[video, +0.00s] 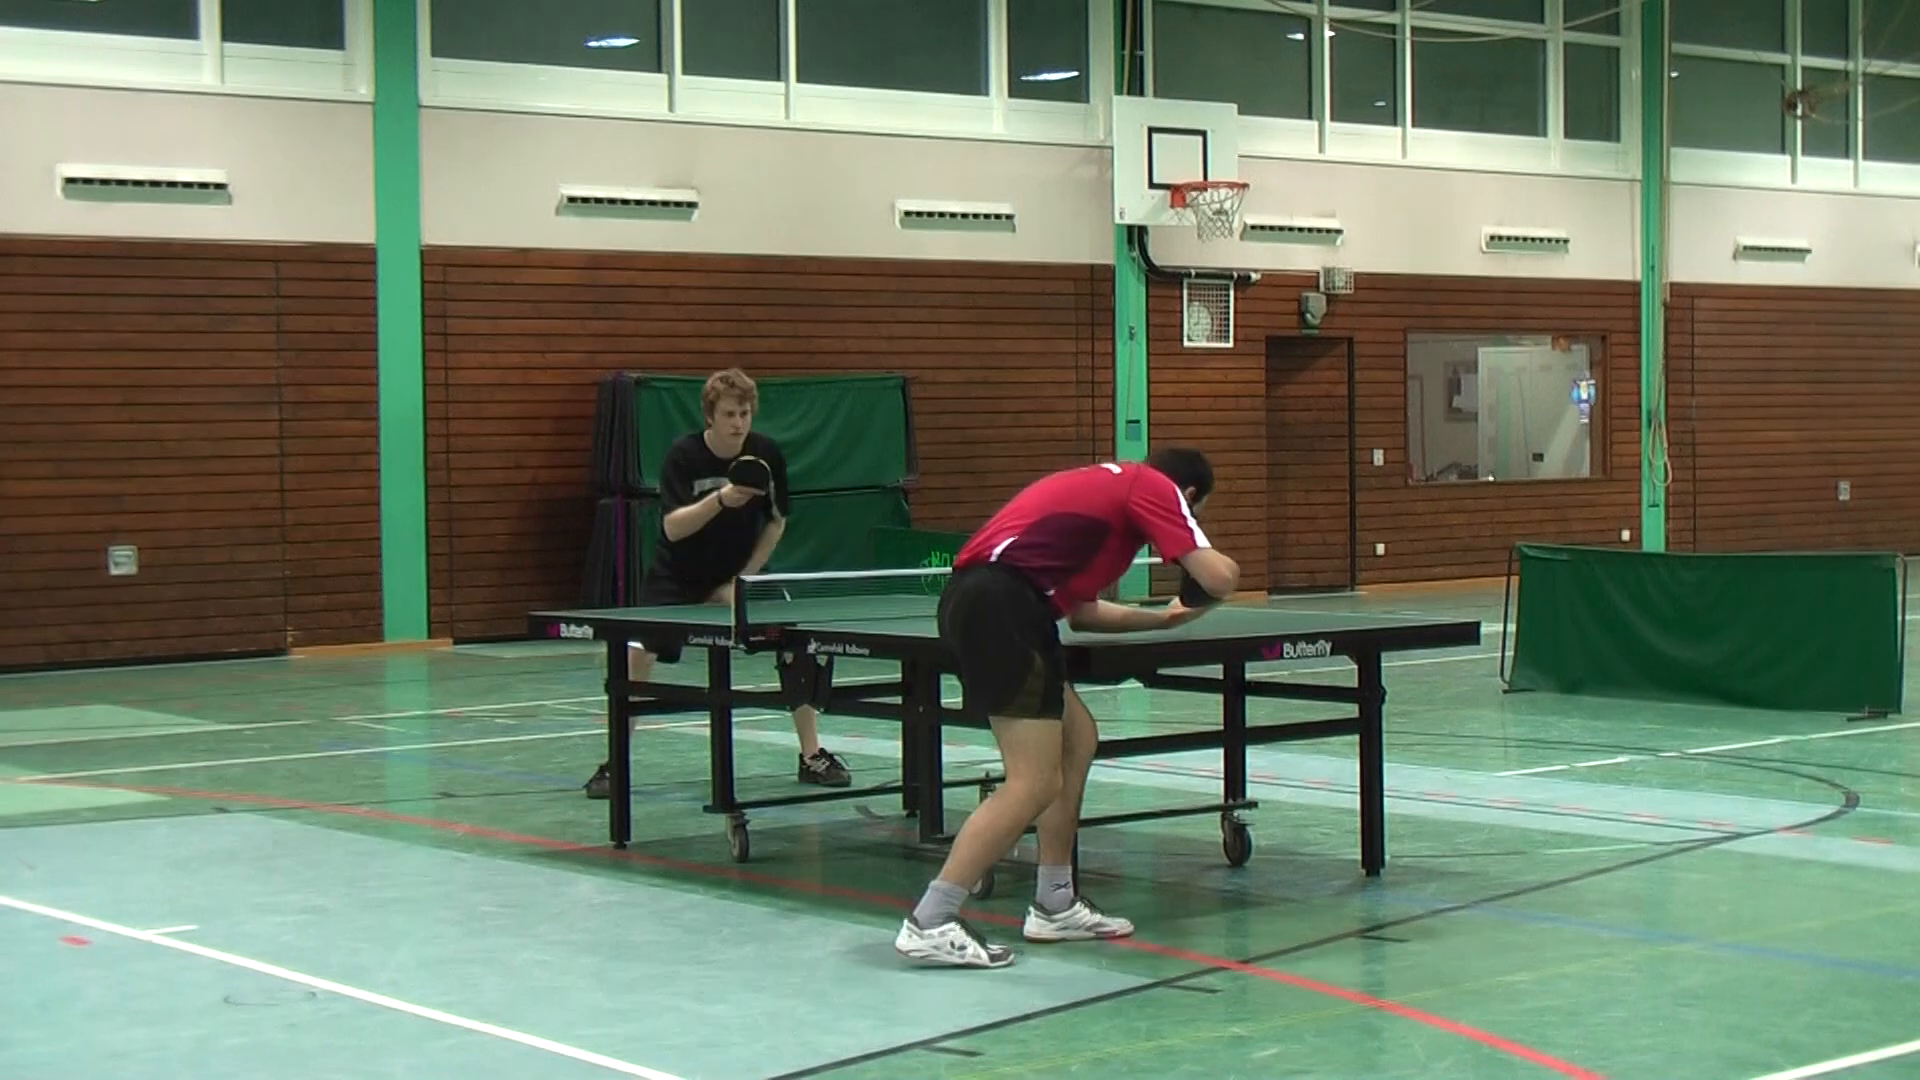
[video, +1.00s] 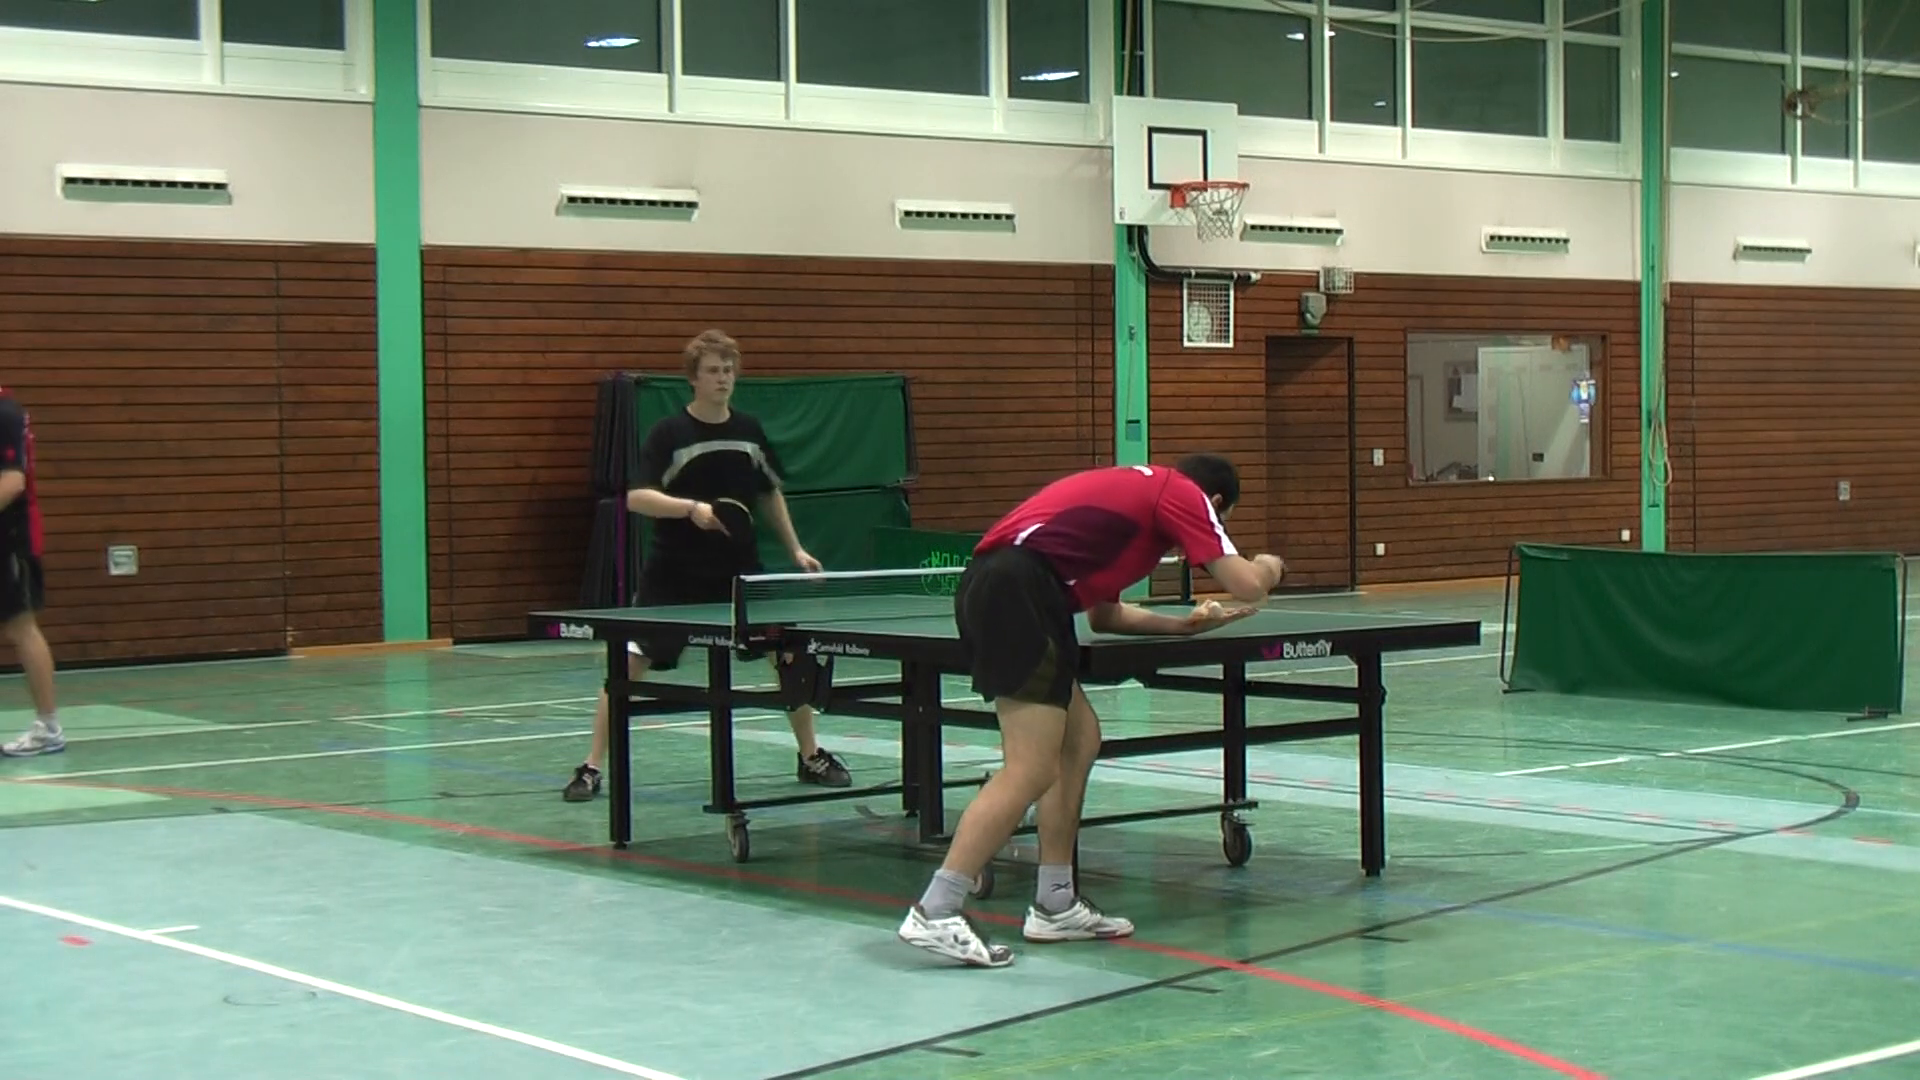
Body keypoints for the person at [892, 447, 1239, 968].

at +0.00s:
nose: (1193, 514)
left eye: (1195, 508)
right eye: (1196, 505)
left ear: (1151, 468)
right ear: (1185, 490)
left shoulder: (1101, 496)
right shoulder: (1150, 485)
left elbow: (1080, 611)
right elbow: (1218, 576)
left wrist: (1167, 617)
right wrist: (1211, 587)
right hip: (998, 600)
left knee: (1079, 736)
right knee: (1035, 780)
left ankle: (1055, 905)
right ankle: (928, 922)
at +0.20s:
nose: (1205, 522)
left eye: (1206, 517)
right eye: (1208, 512)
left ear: (1163, 474)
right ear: (1197, 497)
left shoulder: (1109, 502)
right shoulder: (1164, 491)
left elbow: (1093, 615)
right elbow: (1231, 584)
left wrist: (1178, 622)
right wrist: (1216, 601)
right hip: (1006, 596)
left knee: (1082, 737)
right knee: (1034, 778)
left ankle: (1056, 905)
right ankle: (929, 920)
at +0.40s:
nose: (1209, 525)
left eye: (1211, 520)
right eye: (1214, 516)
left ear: (1168, 476)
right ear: (1202, 500)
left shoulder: (1111, 501)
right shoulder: (1171, 493)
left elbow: (1101, 618)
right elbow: (1237, 587)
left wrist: (1185, 623)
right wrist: (1248, 592)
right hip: (1012, 595)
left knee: (1084, 738)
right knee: (1033, 777)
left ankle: (1056, 905)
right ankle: (930, 919)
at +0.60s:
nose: (1213, 526)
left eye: (1216, 521)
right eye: (1218, 517)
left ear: (1171, 476)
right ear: (1206, 501)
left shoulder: (1117, 503)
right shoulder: (1175, 494)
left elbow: (1105, 618)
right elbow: (1239, 590)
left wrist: (1188, 623)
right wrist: (1252, 590)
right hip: (1014, 592)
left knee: (1085, 738)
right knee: (1033, 776)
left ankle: (1056, 905)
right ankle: (931, 917)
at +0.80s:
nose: (1215, 525)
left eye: (1217, 520)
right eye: (1220, 516)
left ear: (1175, 475)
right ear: (1210, 500)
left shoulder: (1118, 502)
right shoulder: (1176, 492)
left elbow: (1106, 617)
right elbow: (1241, 589)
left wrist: (1187, 624)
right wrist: (1256, 573)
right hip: (1016, 588)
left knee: (1084, 739)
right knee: (1032, 771)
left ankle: (1055, 906)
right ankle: (933, 915)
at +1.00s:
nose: (1218, 520)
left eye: (1220, 515)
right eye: (1221, 511)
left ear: (1177, 474)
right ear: (1211, 496)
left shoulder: (1123, 499)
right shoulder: (1179, 491)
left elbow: (1104, 613)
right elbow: (1245, 586)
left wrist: (1190, 622)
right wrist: (1268, 567)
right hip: (1015, 585)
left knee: (1079, 739)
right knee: (1032, 766)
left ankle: (1054, 907)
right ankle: (934, 913)